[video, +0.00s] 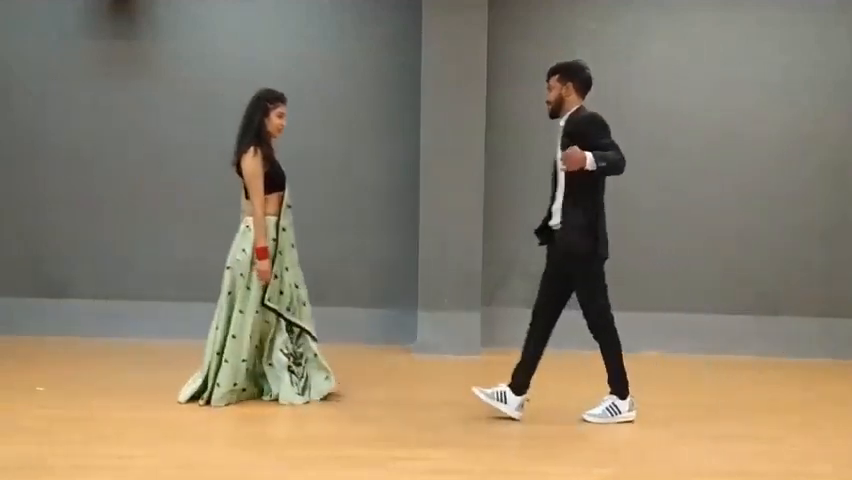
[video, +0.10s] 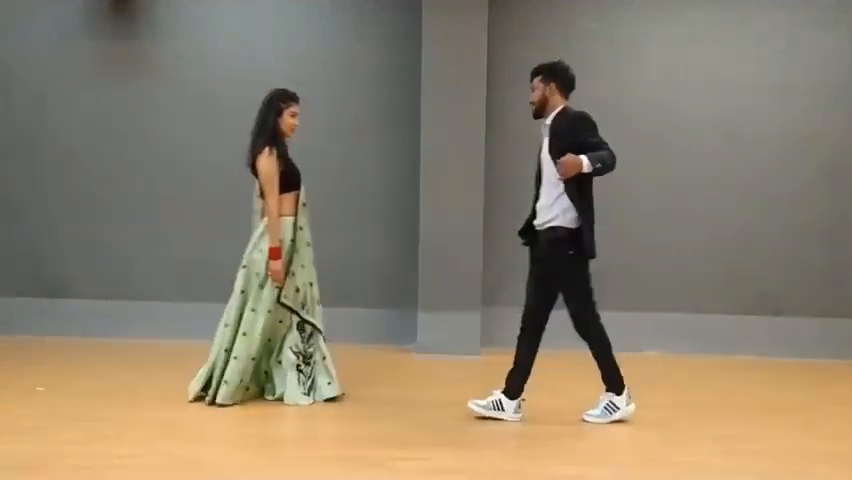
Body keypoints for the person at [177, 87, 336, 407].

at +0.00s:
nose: (283, 122)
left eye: (284, 116)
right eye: (279, 116)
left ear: (272, 118)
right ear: (262, 116)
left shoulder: (264, 153)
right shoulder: (253, 155)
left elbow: (262, 207)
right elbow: (256, 207)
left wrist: (269, 250)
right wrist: (262, 253)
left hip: (273, 238)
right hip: (261, 239)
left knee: (275, 310)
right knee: (261, 311)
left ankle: (274, 377)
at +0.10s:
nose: (296, 122)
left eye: (297, 116)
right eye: (292, 115)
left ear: (283, 117)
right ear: (275, 115)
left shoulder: (277, 153)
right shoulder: (269, 155)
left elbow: (273, 206)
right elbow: (272, 207)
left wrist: (283, 249)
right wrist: (275, 253)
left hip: (290, 239)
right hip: (281, 240)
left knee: (289, 310)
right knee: (280, 311)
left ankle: (285, 378)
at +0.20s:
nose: (313, 120)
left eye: (314, 114)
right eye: (309, 114)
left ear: (302, 117)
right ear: (293, 114)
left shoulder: (298, 152)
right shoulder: (289, 154)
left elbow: (296, 206)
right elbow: (292, 207)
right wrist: (296, 254)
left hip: (312, 240)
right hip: (301, 241)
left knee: (309, 311)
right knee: (297, 313)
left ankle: (305, 380)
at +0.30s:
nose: (326, 119)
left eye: (327, 113)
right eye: (321, 113)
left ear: (315, 118)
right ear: (305, 116)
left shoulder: (310, 153)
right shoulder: (303, 156)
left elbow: (312, 207)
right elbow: (307, 208)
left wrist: (319, 250)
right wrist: (313, 253)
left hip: (322, 241)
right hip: (311, 243)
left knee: (322, 312)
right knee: (313, 314)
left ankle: (311, 380)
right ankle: (268, 376)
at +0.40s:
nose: (338, 119)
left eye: (339, 113)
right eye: (333, 112)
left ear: (329, 115)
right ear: (318, 114)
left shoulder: (322, 151)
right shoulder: (314, 153)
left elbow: (323, 203)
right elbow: (322, 204)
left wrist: (334, 246)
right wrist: (329, 249)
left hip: (329, 236)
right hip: (323, 239)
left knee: (332, 311)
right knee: (329, 312)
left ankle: (317, 379)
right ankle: (306, 377)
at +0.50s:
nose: (350, 117)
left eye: (351, 111)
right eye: (345, 112)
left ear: (337, 114)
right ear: (329, 114)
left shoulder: (334, 149)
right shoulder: (328, 151)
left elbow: (338, 200)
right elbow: (339, 200)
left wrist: (346, 242)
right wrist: (344, 244)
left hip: (338, 234)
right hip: (334, 236)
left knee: (340, 308)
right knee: (337, 309)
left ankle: (338, 377)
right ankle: (335, 379)